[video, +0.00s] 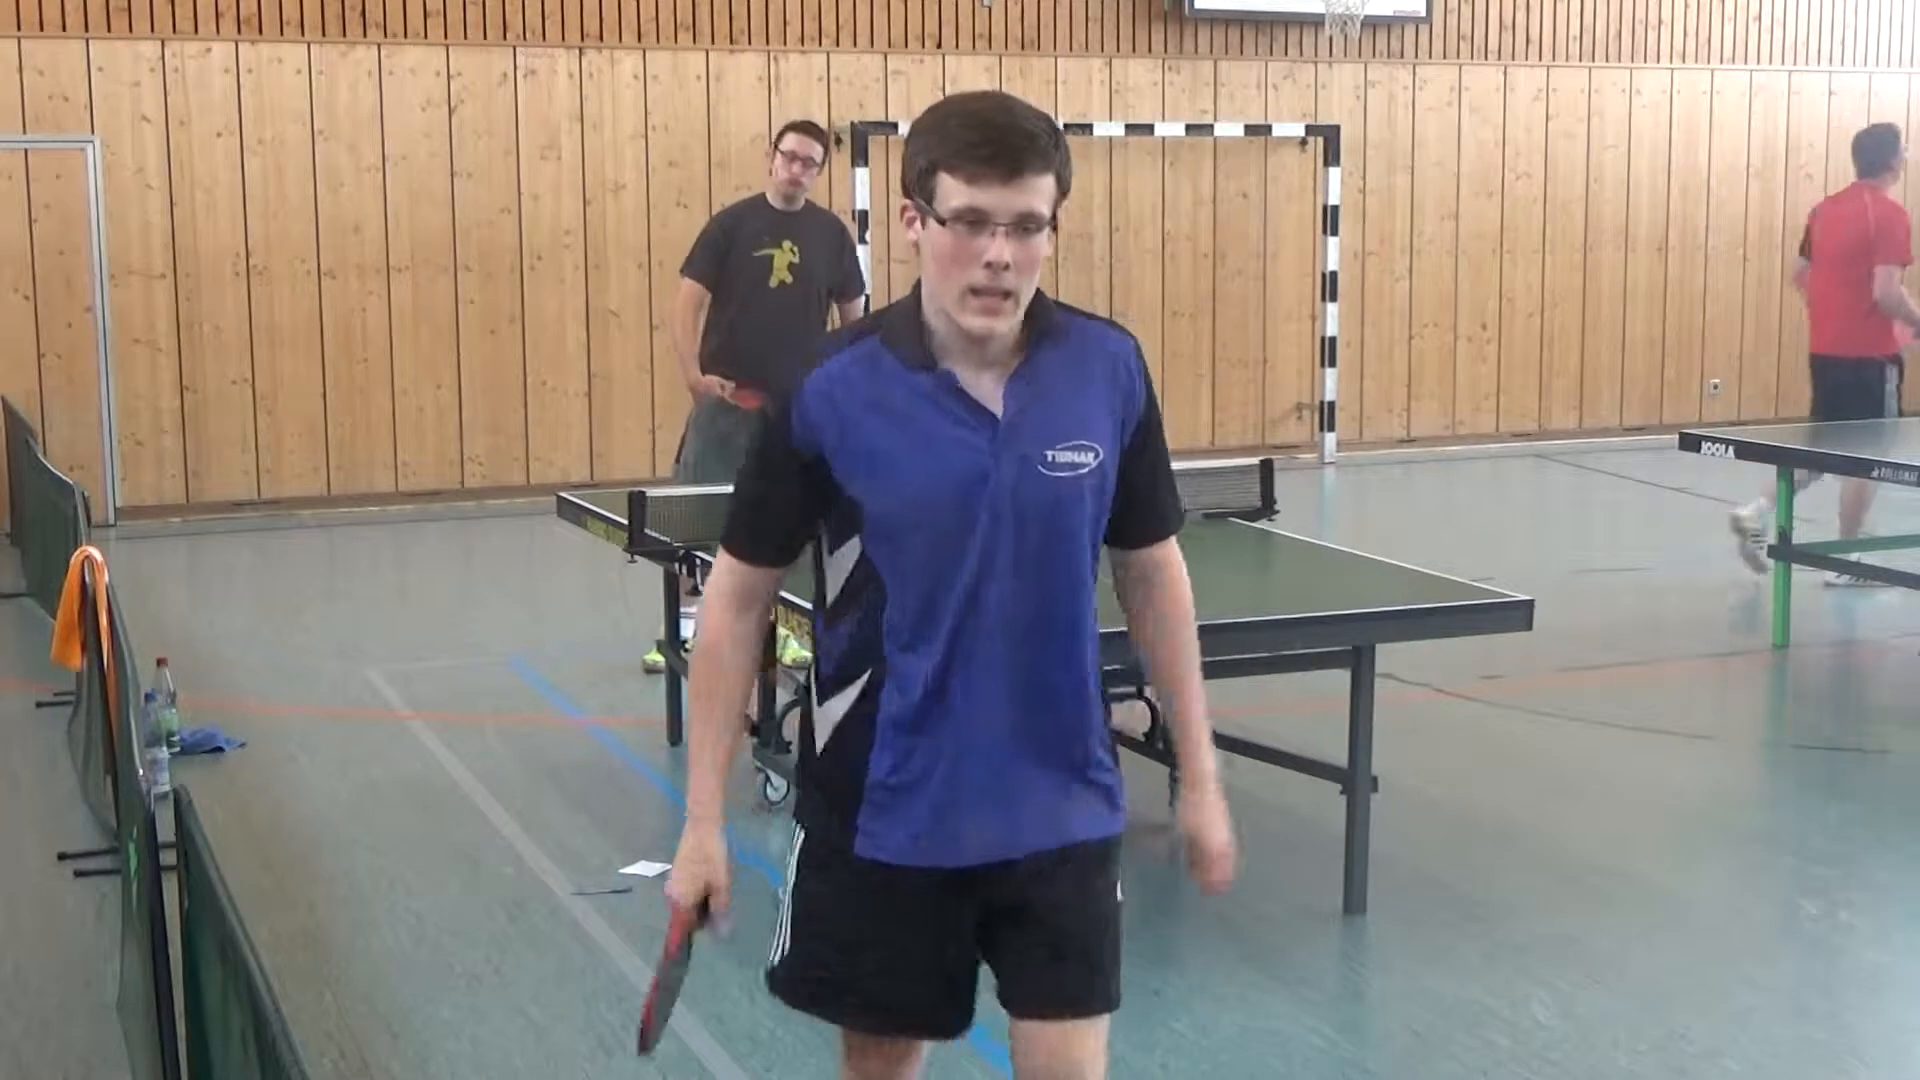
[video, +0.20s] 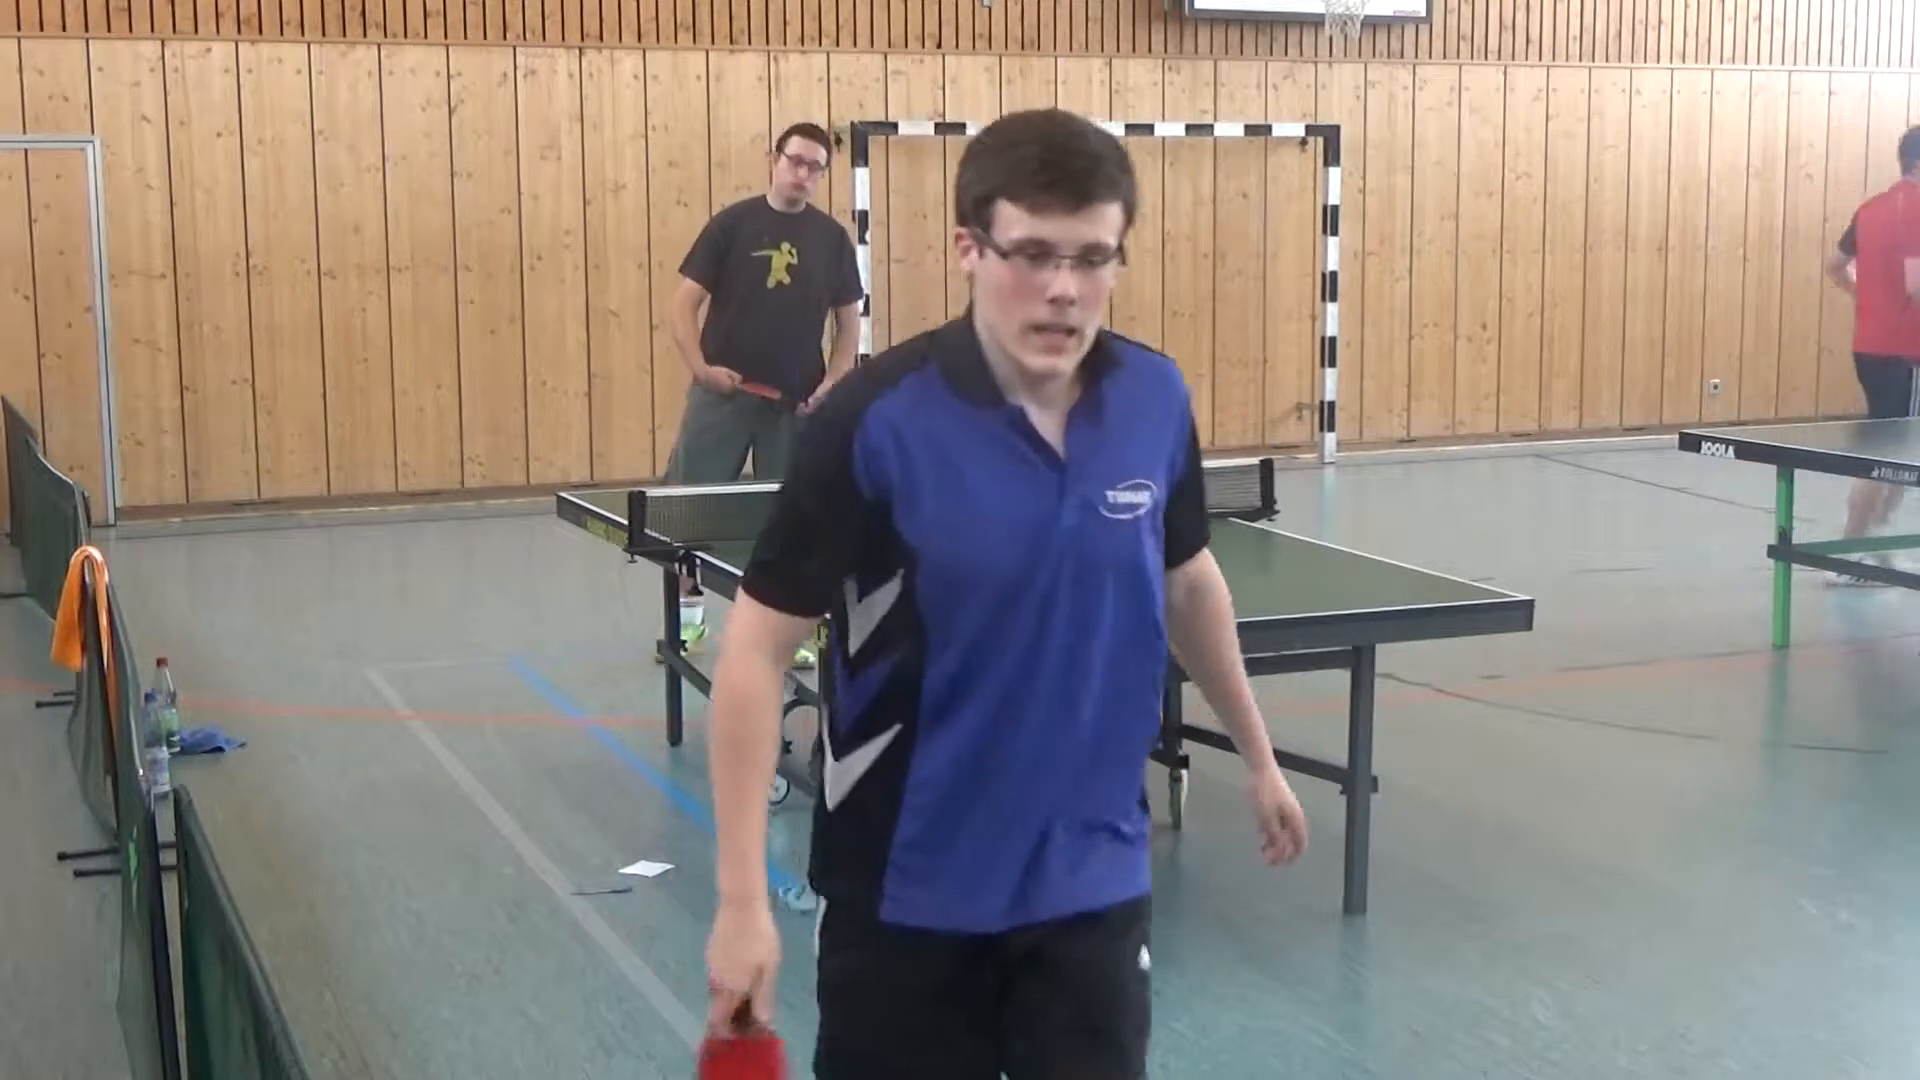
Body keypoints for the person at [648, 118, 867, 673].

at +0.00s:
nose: (796, 169)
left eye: (808, 162)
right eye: (789, 157)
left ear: (820, 169)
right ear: (772, 158)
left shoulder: (833, 232)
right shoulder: (732, 224)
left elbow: (853, 317)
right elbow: (686, 301)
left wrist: (848, 386)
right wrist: (693, 376)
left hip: (803, 410)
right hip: (728, 403)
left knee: (784, 543)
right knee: (706, 527)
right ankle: (692, 638)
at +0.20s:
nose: (804, 173)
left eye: (815, 167)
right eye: (797, 161)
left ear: (823, 175)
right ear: (774, 160)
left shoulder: (833, 238)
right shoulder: (732, 223)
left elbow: (849, 322)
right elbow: (683, 303)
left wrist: (834, 383)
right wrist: (700, 368)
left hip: (797, 406)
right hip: (723, 394)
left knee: (792, 519)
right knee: (688, 504)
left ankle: (792, 632)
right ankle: (688, 611)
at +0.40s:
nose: (800, 172)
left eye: (808, 165)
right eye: (791, 161)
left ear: (812, 173)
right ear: (762, 162)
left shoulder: (819, 235)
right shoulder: (719, 226)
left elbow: (841, 319)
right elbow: (678, 309)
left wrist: (825, 367)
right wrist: (709, 355)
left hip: (792, 397)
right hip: (720, 394)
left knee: (796, 511)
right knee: (705, 504)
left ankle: (791, 614)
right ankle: (707, 598)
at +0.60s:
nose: (779, 170)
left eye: (785, 162)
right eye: (769, 159)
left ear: (788, 170)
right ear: (739, 162)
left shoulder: (796, 232)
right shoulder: (700, 227)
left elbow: (817, 312)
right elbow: (672, 312)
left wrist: (816, 364)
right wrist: (715, 369)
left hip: (785, 399)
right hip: (714, 397)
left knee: (793, 512)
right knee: (708, 508)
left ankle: (795, 622)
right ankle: (716, 604)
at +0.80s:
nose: (755, 165)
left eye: (757, 157)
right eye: (744, 158)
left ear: (756, 162)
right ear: (711, 163)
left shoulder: (773, 219)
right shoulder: (679, 233)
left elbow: (797, 303)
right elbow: (665, 330)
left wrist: (803, 366)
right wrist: (695, 403)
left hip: (773, 394)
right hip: (705, 396)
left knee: (772, 512)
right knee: (701, 511)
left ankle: (785, 619)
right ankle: (716, 608)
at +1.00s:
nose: (732, 162)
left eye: (734, 153)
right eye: (721, 154)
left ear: (731, 160)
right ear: (690, 163)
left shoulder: (759, 212)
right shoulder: (665, 234)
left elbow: (789, 293)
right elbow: (651, 330)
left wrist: (808, 366)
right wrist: (671, 410)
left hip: (771, 386)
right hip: (702, 395)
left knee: (776, 505)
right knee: (705, 508)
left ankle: (786, 614)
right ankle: (718, 602)